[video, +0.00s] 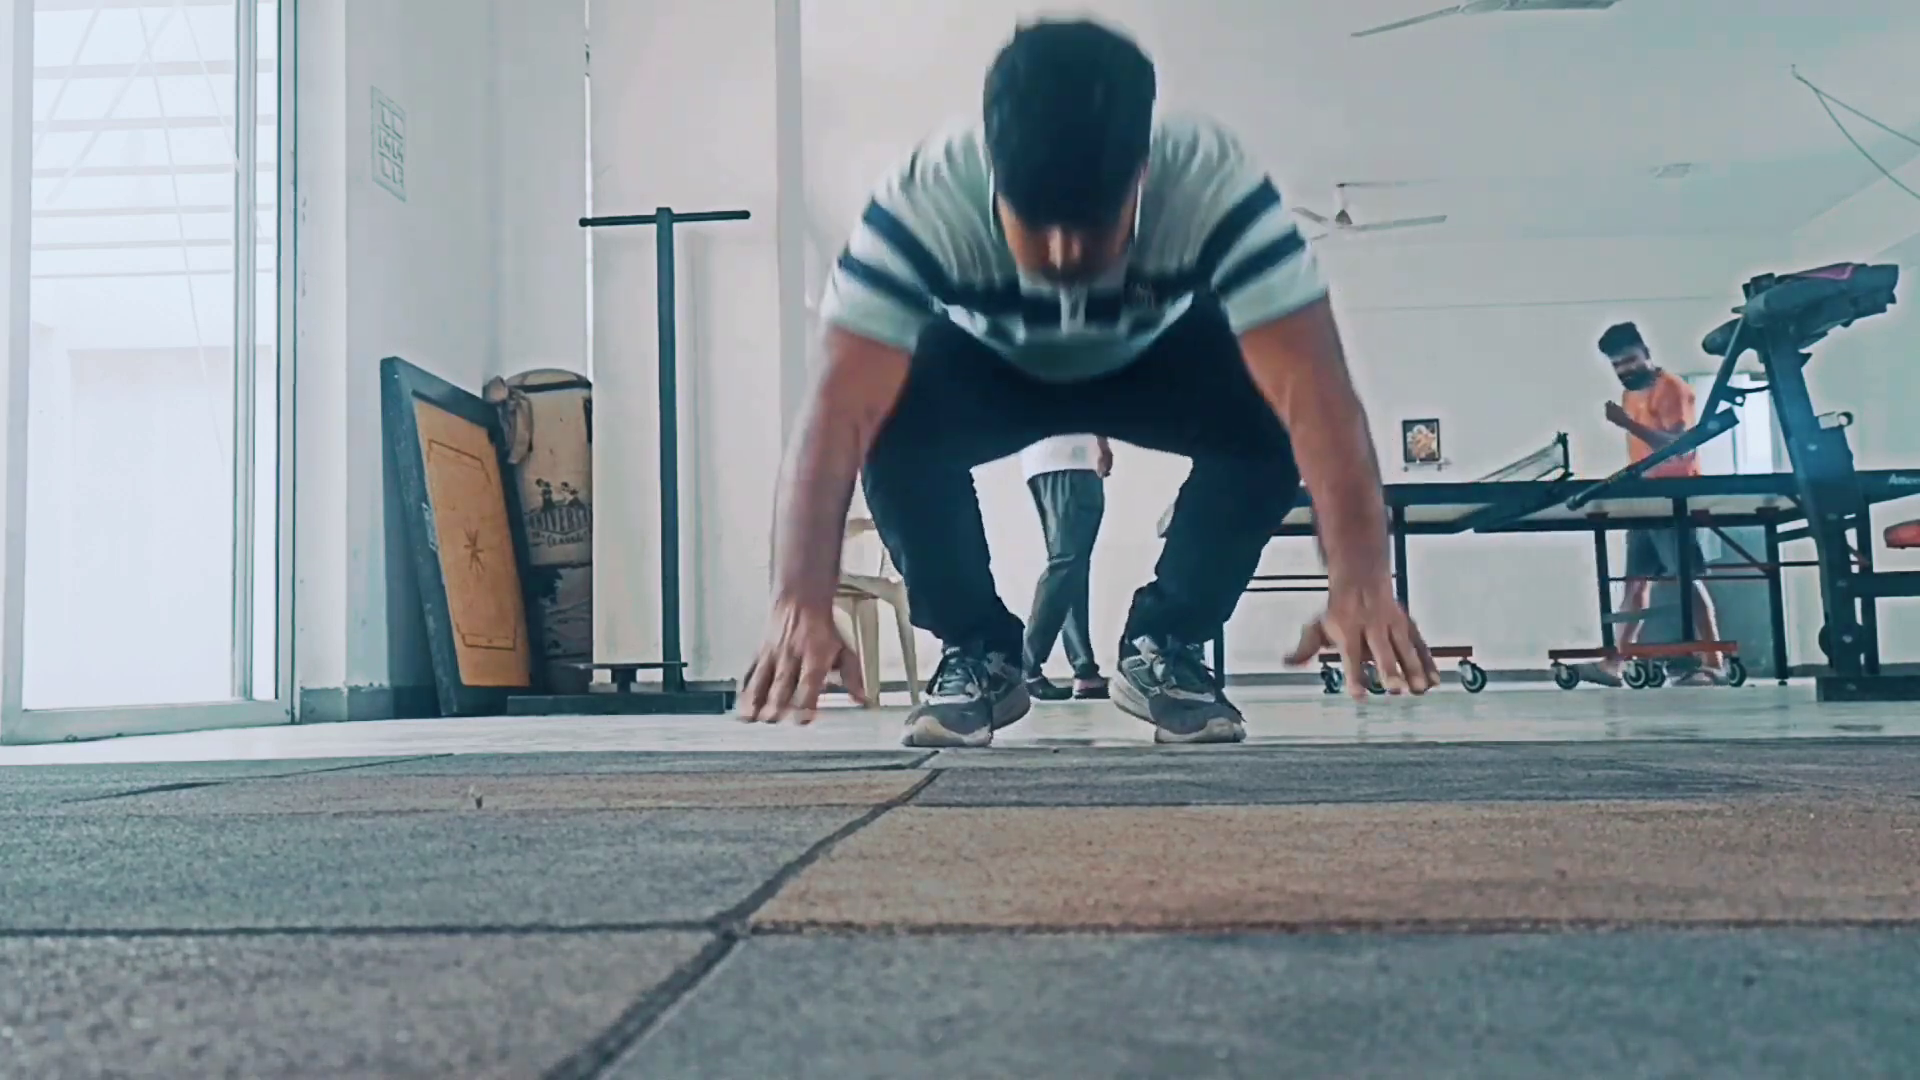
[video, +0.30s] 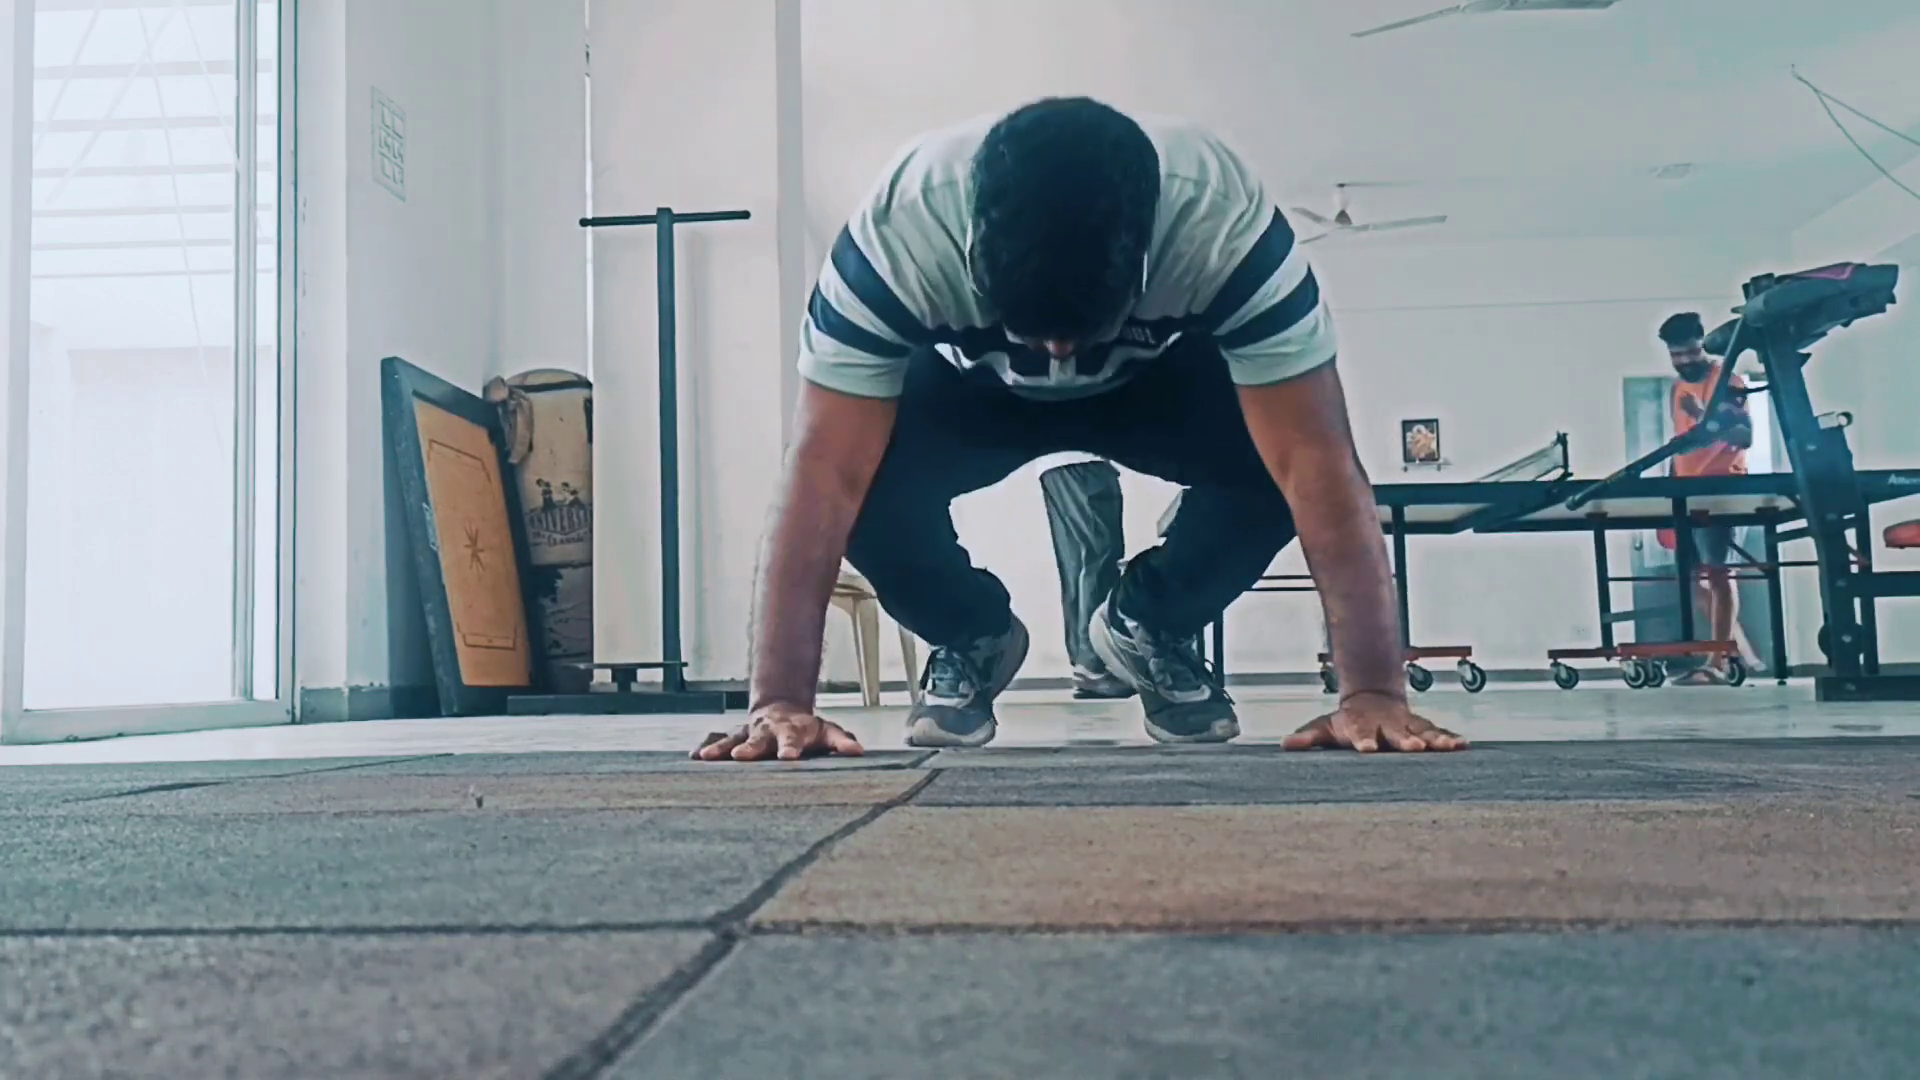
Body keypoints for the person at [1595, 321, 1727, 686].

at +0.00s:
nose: (1623, 370)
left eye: (1628, 361)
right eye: (1616, 364)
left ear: (1646, 354)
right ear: (1612, 365)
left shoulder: (1672, 388)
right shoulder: (1631, 396)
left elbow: (1678, 445)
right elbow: (1643, 451)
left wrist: (1627, 423)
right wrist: (1627, 487)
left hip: (1673, 493)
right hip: (1643, 494)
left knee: (1691, 580)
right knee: (1635, 582)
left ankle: (1714, 664)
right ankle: (1614, 663)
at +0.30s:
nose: (1684, 361)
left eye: (1690, 352)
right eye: (1676, 354)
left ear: (1704, 346)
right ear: (1669, 353)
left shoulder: (1728, 377)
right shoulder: (1678, 389)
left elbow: (1745, 435)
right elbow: (1677, 444)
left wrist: (1708, 426)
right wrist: (1673, 489)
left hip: (1723, 482)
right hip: (1689, 485)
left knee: (1718, 571)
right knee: (1696, 579)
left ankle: (1718, 662)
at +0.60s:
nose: (1746, 362)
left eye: (1752, 355)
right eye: (1739, 356)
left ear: (1766, 356)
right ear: (1730, 361)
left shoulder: (1781, 388)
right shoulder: (1730, 397)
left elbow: (1789, 432)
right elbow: (1718, 450)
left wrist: (1756, 408)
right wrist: (1701, 495)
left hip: (1779, 492)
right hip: (1747, 495)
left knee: (1754, 577)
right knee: (1780, 581)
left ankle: (1731, 659)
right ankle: (1817, 658)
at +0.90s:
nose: (1771, 354)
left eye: (1777, 344)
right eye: (1768, 347)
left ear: (1797, 341)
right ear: (1766, 350)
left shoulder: (1831, 371)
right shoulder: (1769, 383)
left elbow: (1861, 425)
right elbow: (1763, 437)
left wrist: (1826, 410)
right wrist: (1752, 483)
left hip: (1830, 486)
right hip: (1791, 488)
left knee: (1829, 571)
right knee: (1805, 575)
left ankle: (1831, 657)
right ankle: (1819, 658)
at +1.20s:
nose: (1855, 341)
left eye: (1861, 333)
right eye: (1846, 335)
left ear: (1870, 332)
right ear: (1831, 337)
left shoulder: (1895, 370)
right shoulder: (1815, 377)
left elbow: (1916, 426)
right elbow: (1798, 431)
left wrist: (1890, 409)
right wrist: (1823, 430)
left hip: (1891, 481)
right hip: (1838, 485)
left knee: (1910, 574)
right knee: (1832, 573)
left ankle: (1918, 659)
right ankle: (1824, 658)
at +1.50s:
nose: (1895, 335)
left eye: (1901, 326)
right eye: (1885, 327)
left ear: (1912, 322)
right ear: (1871, 325)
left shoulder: (1918, 357)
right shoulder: (1853, 365)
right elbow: (1838, 424)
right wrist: (1834, 467)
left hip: (1915, 477)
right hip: (1870, 481)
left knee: (1918, 570)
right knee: (1869, 572)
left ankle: (1916, 653)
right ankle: (1887, 652)